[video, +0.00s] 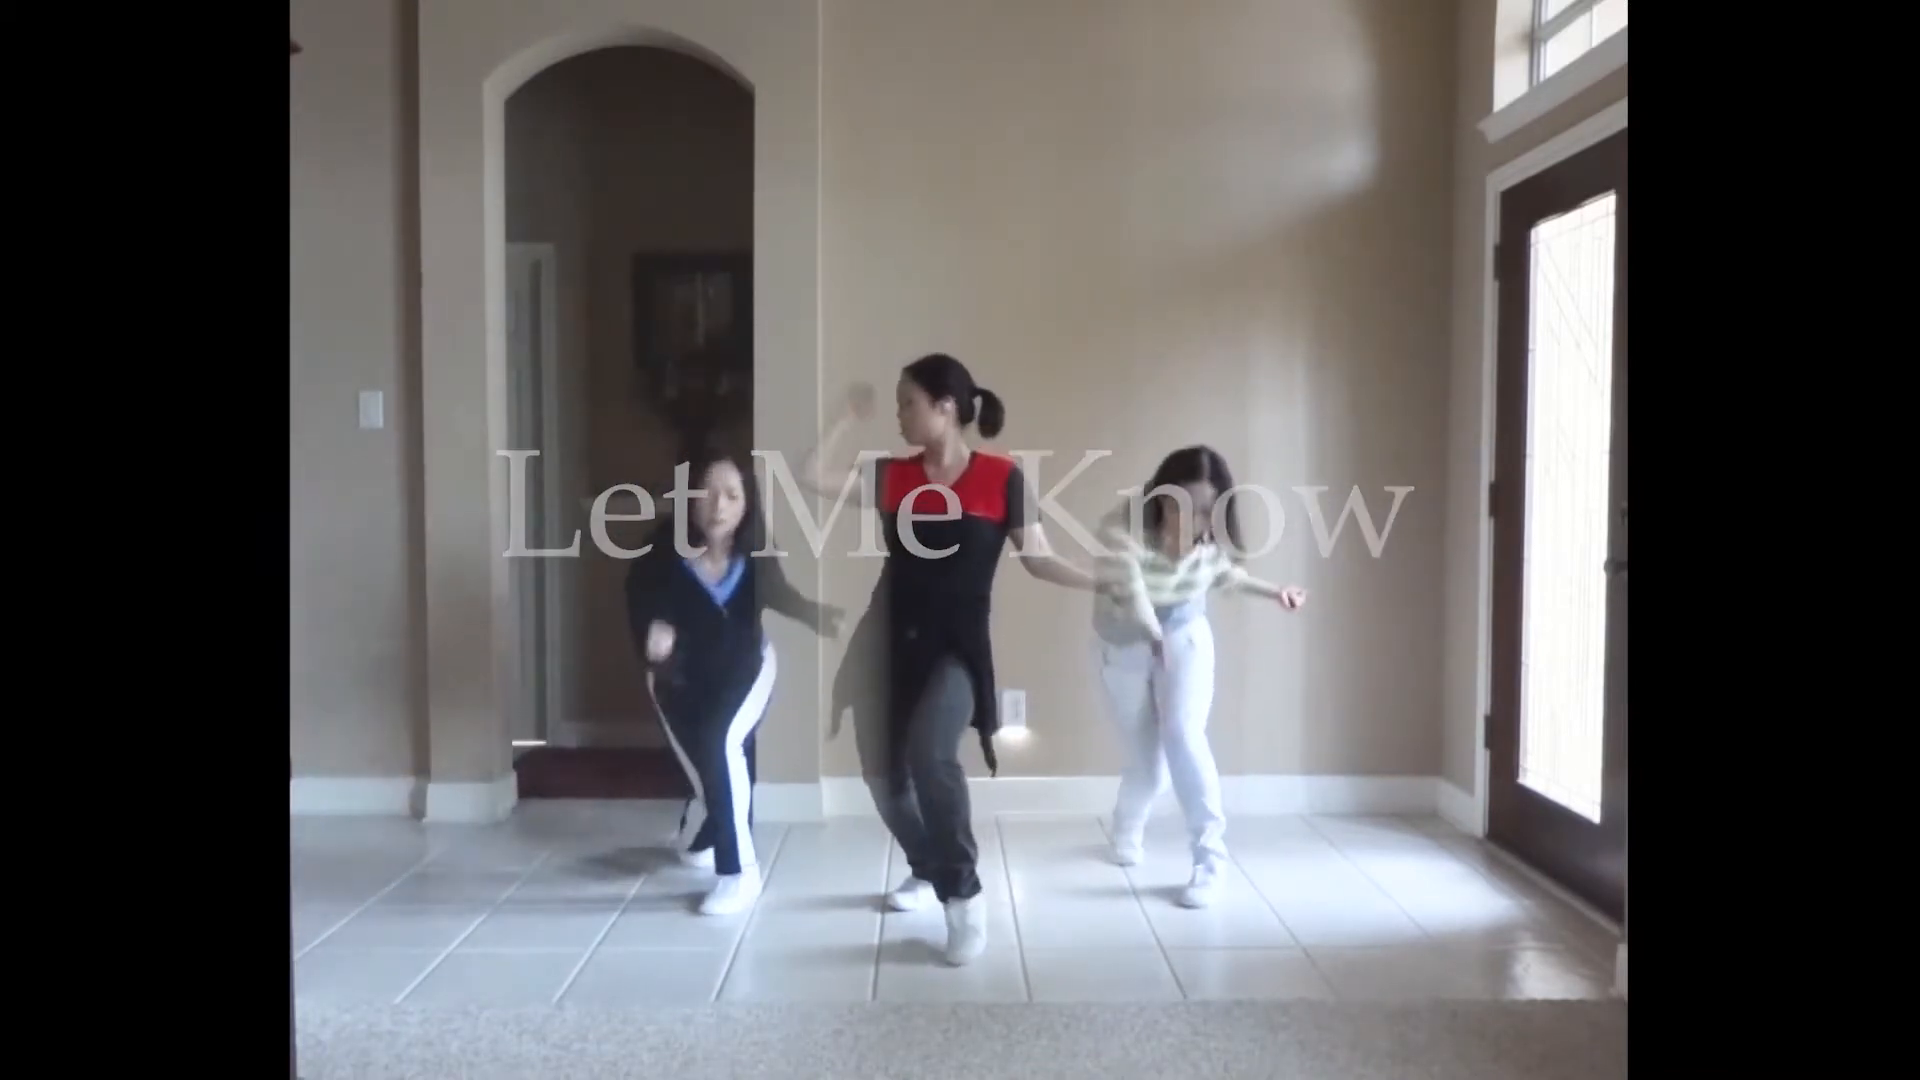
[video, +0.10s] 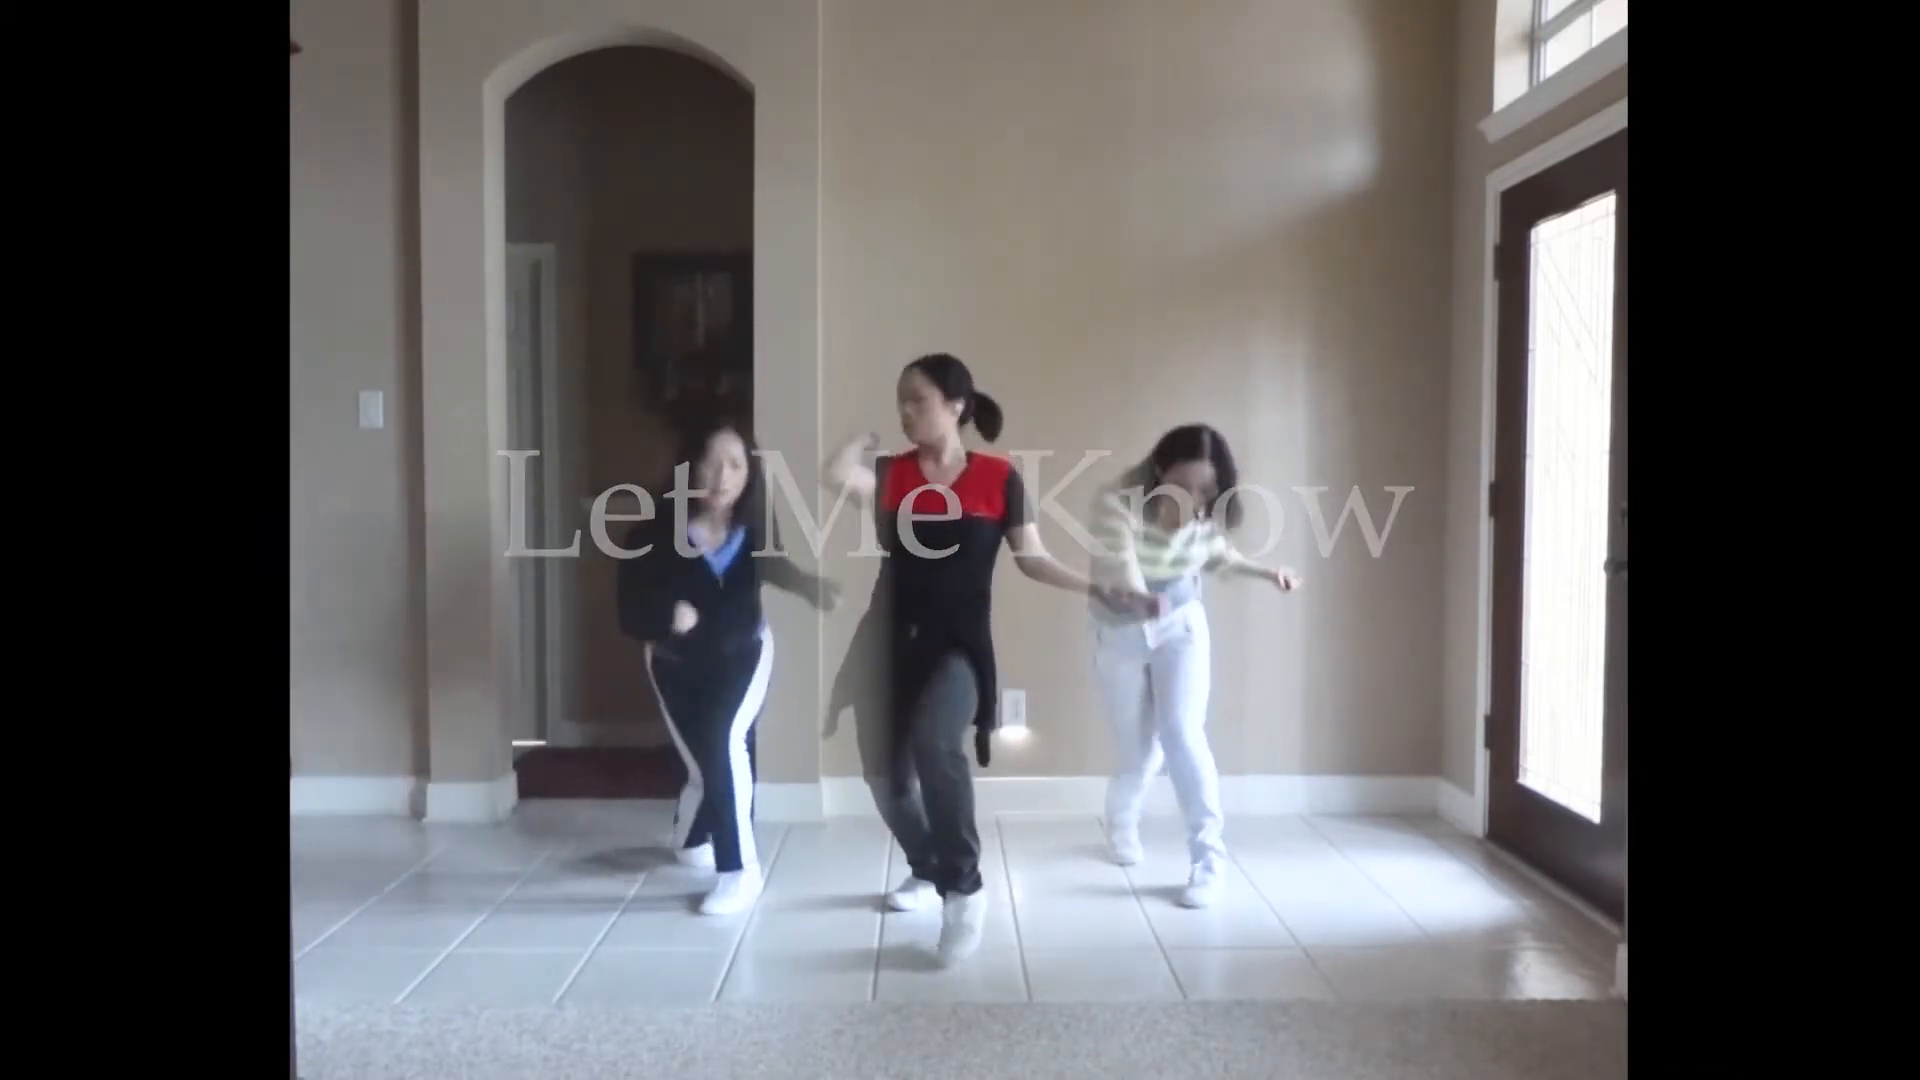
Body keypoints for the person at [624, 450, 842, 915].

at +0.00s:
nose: (719, 505)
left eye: (731, 495)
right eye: (708, 494)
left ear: (746, 504)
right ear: (690, 500)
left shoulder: (754, 556)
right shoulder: (667, 555)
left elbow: (779, 594)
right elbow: (640, 588)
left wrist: (818, 616)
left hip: (744, 665)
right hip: (681, 674)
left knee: (720, 742)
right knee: (711, 770)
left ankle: (738, 872)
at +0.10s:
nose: (723, 475)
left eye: (735, 464)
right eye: (712, 463)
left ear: (748, 473)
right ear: (693, 467)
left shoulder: (755, 521)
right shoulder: (662, 528)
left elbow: (774, 564)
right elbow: (631, 606)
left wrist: (813, 587)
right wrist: (666, 617)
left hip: (742, 649)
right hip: (676, 656)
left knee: (722, 738)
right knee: (706, 756)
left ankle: (737, 868)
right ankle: (698, 836)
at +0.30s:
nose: (733, 415)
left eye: (744, 405)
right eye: (721, 403)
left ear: (756, 415)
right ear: (699, 408)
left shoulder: (762, 470)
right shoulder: (663, 471)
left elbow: (806, 510)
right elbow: (619, 546)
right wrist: (659, 605)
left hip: (740, 623)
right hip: (677, 626)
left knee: (734, 736)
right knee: (690, 736)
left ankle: (743, 855)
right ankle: (690, 835)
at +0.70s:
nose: (746, 403)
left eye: (758, 393)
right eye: (736, 389)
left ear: (767, 402)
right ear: (710, 390)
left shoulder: (762, 459)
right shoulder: (670, 456)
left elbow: (819, 502)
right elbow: (627, 530)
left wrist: (883, 487)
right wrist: (667, 604)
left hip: (756, 611)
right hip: (703, 617)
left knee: (770, 739)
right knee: (741, 748)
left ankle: (735, 853)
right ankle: (671, 765)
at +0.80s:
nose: (747, 412)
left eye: (759, 404)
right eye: (737, 398)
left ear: (768, 412)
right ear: (711, 398)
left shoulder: (756, 472)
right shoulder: (670, 463)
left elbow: (788, 545)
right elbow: (629, 535)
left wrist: (812, 510)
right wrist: (671, 605)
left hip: (756, 619)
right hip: (702, 623)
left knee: (774, 739)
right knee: (774, 738)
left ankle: (737, 857)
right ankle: (678, 739)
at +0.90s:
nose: (744, 386)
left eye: (754, 377)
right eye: (733, 374)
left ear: (765, 389)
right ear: (710, 381)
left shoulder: (764, 457)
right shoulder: (676, 455)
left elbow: (813, 500)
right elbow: (629, 526)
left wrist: (795, 445)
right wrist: (672, 584)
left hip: (753, 609)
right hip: (703, 613)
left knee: (758, 733)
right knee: (780, 725)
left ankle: (735, 856)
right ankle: (681, 776)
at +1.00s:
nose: (736, 348)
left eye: (743, 341)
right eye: (723, 341)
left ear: (755, 356)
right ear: (706, 359)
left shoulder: (769, 415)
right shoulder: (685, 426)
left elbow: (825, 389)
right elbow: (636, 508)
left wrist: (812, 330)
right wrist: (682, 556)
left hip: (757, 582)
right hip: (709, 584)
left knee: (748, 718)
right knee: (736, 720)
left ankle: (731, 845)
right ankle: (685, 845)